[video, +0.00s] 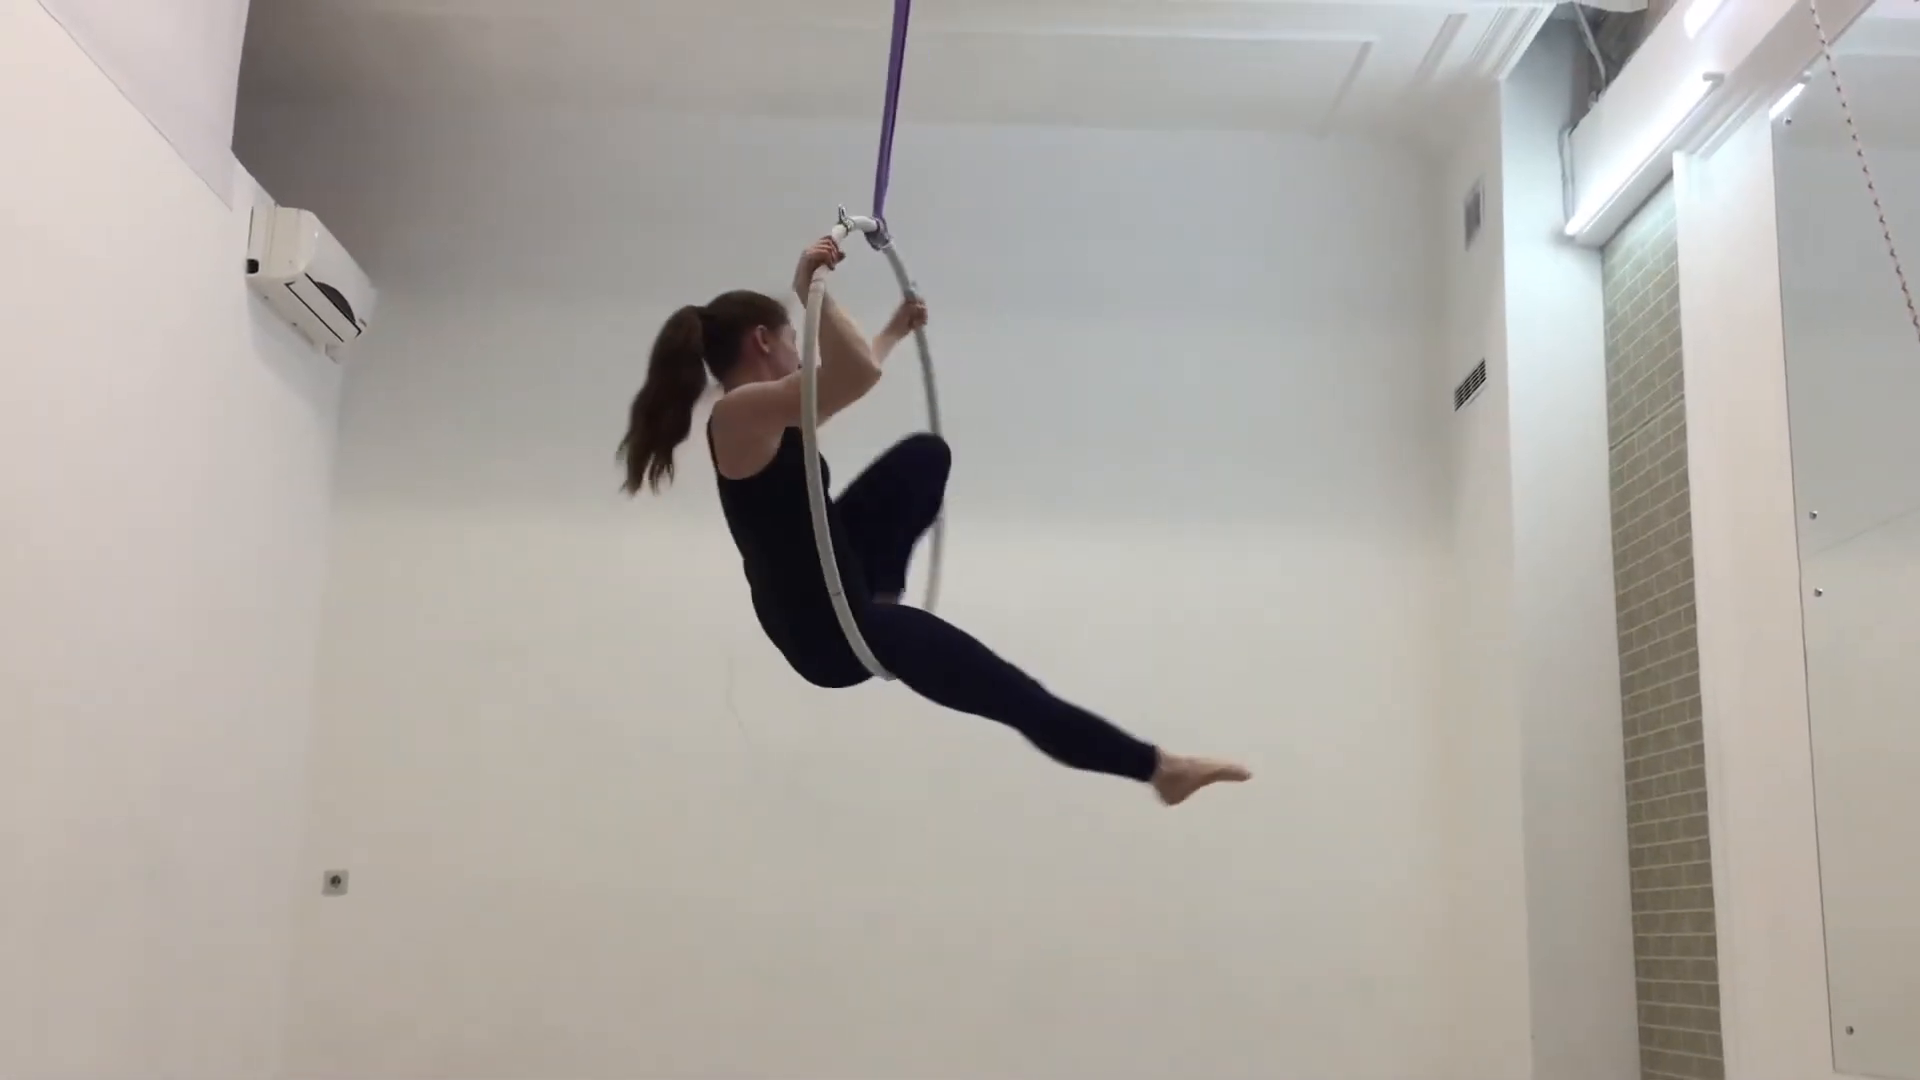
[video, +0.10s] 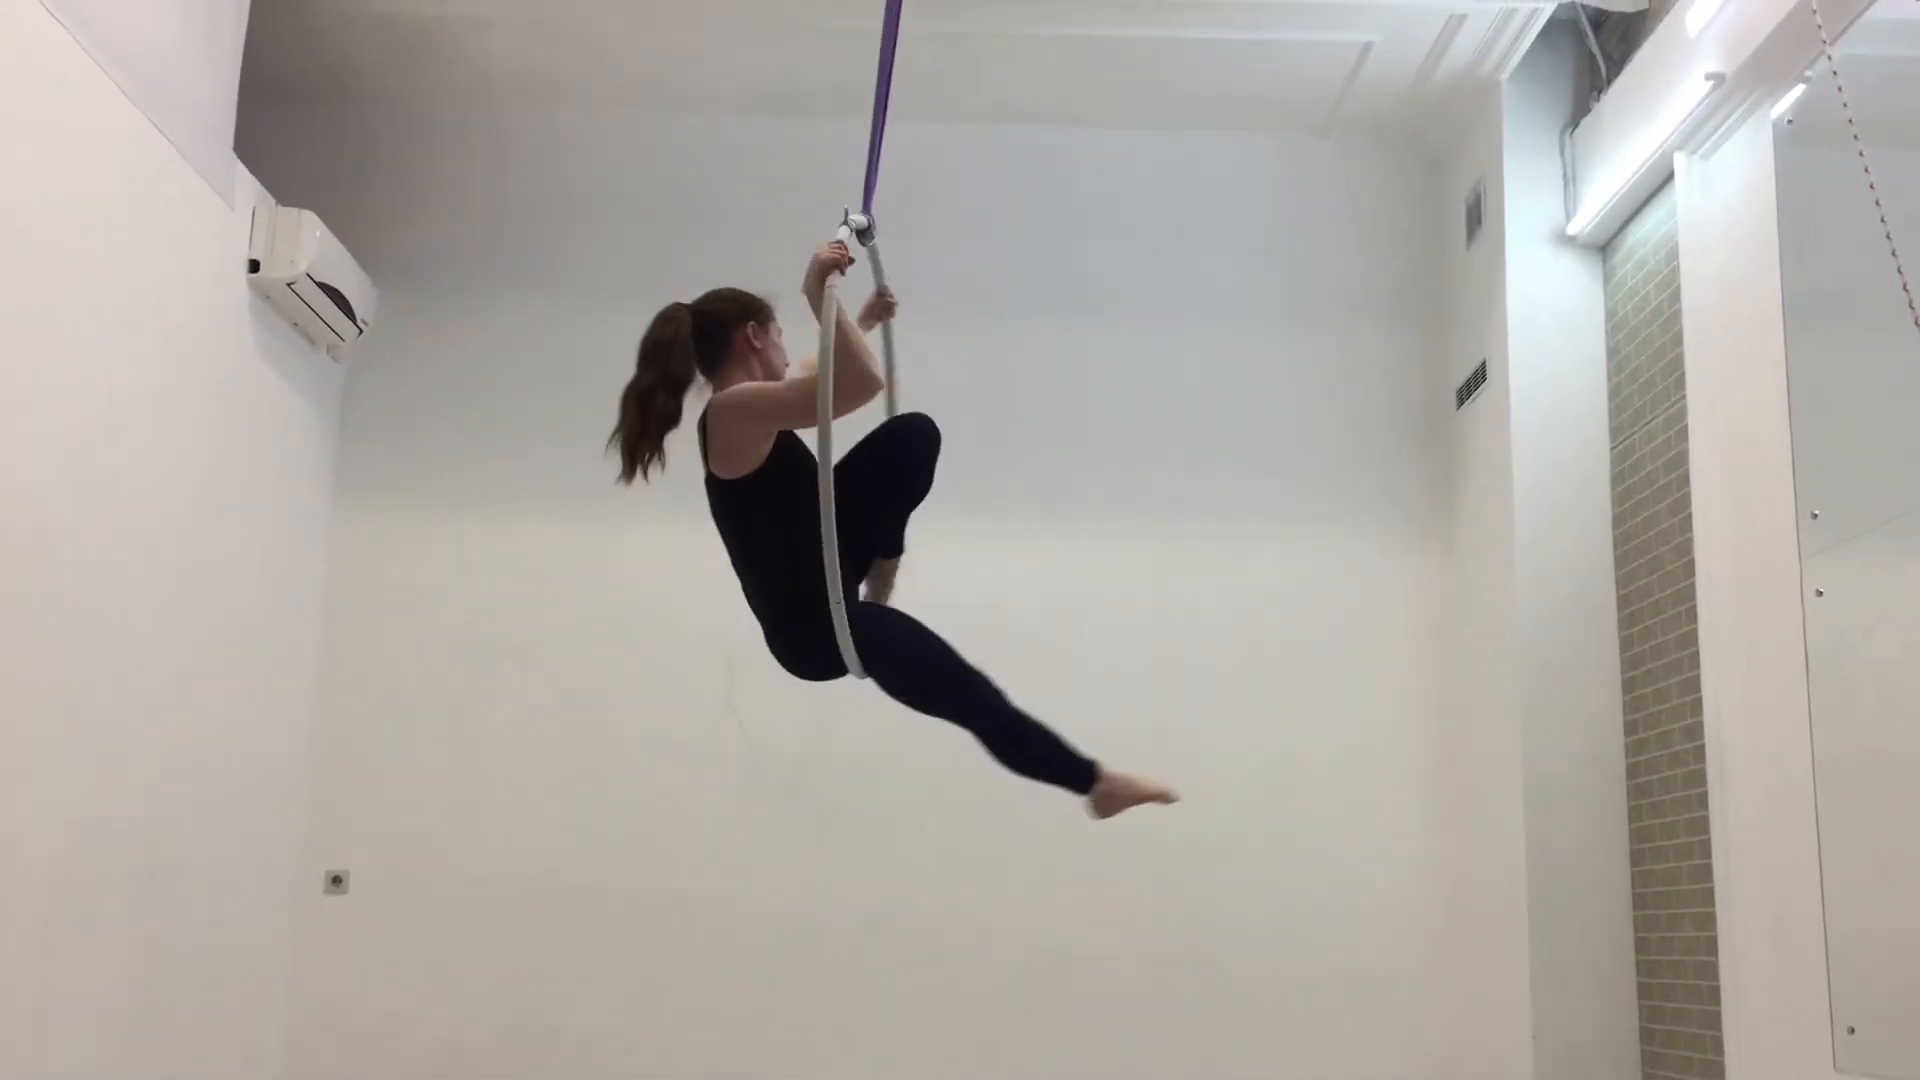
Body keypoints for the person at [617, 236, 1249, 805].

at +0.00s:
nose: (798, 347)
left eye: (793, 334)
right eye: (790, 336)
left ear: (747, 346)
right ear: (765, 344)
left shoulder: (760, 407)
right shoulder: (740, 411)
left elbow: (835, 390)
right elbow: (854, 374)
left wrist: (892, 333)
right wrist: (812, 291)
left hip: (828, 570)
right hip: (830, 626)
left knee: (926, 457)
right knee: (1007, 691)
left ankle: (875, 607)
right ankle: (1158, 769)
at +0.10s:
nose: (778, 347)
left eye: (773, 336)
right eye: (772, 335)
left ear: (721, 347)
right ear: (751, 339)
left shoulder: (741, 408)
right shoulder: (738, 406)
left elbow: (827, 393)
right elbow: (860, 383)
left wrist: (860, 325)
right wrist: (820, 294)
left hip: (820, 565)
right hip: (818, 625)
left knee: (913, 436)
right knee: (964, 692)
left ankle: (878, 575)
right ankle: (1095, 783)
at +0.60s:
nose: (774, 313)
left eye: (770, 303)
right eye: (769, 303)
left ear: (703, 334)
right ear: (760, 315)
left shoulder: (699, 407)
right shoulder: (806, 385)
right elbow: (935, 396)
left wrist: (748, 337)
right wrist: (974, 305)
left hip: (721, 605)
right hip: (792, 609)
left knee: (894, 603)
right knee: (855, 703)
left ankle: (1033, 639)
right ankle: (895, 783)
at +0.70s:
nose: (781, 303)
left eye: (772, 294)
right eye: (774, 297)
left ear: (714, 334)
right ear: (770, 310)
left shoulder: (712, 407)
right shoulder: (825, 386)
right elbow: (955, 391)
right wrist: (997, 300)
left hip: (731, 621)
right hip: (813, 627)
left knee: (870, 639)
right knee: (871, 687)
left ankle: (957, 659)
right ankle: (919, 766)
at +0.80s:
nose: (783, 301)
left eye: (775, 294)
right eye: (778, 296)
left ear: (724, 340)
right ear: (776, 310)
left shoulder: (727, 414)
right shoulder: (845, 385)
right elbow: (971, 388)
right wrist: (1009, 293)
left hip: (759, 624)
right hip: (845, 621)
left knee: (829, 671)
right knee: (891, 681)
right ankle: (931, 730)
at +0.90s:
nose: (793, 304)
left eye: (782, 297)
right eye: (786, 298)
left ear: (739, 349)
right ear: (787, 314)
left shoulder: (748, 420)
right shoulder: (871, 383)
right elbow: (989, 388)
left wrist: (724, 314)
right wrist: (1028, 298)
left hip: (792, 626)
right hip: (876, 619)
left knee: (823, 681)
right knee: (894, 665)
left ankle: (856, 792)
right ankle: (907, 701)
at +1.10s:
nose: (867, 306)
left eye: (853, 302)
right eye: (858, 303)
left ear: (811, 351)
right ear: (863, 317)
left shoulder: (811, 421)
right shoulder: (949, 394)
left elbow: (726, 399)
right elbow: (1048, 407)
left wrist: (749, 308)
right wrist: (1074, 325)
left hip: (835, 634)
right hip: (928, 639)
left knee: (832, 690)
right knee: (881, 685)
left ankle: (869, 825)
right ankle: (834, 764)